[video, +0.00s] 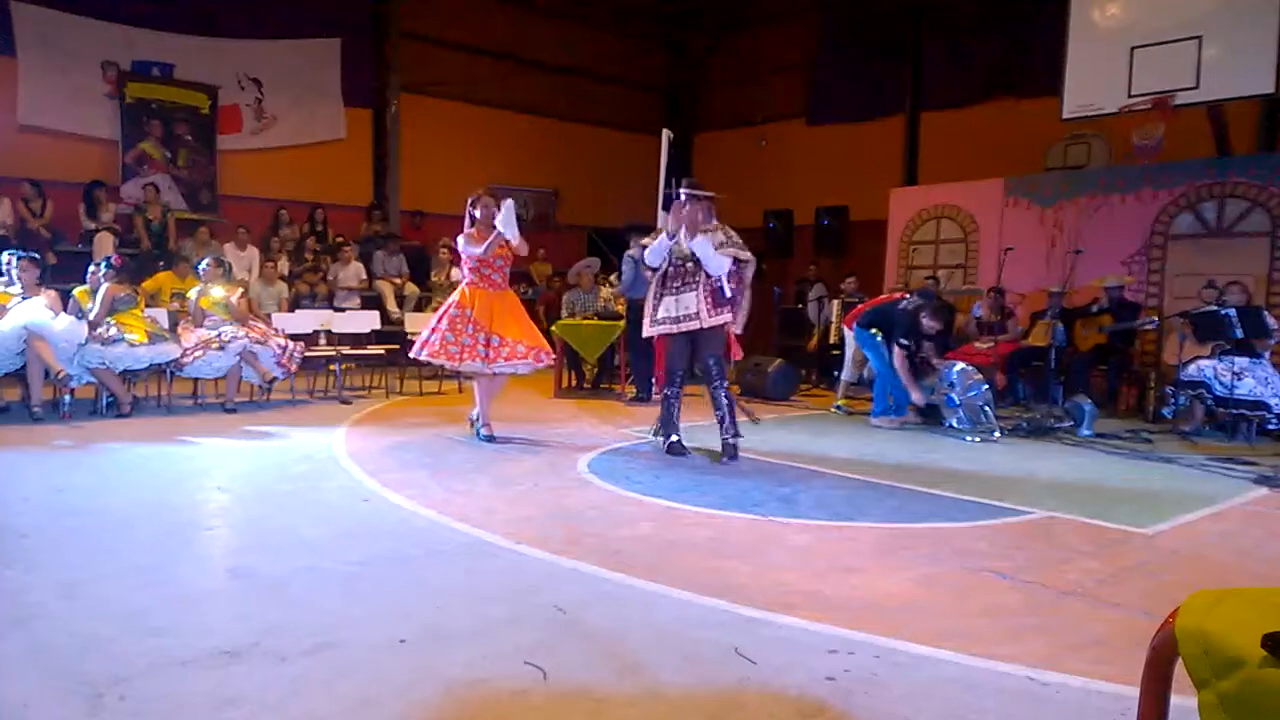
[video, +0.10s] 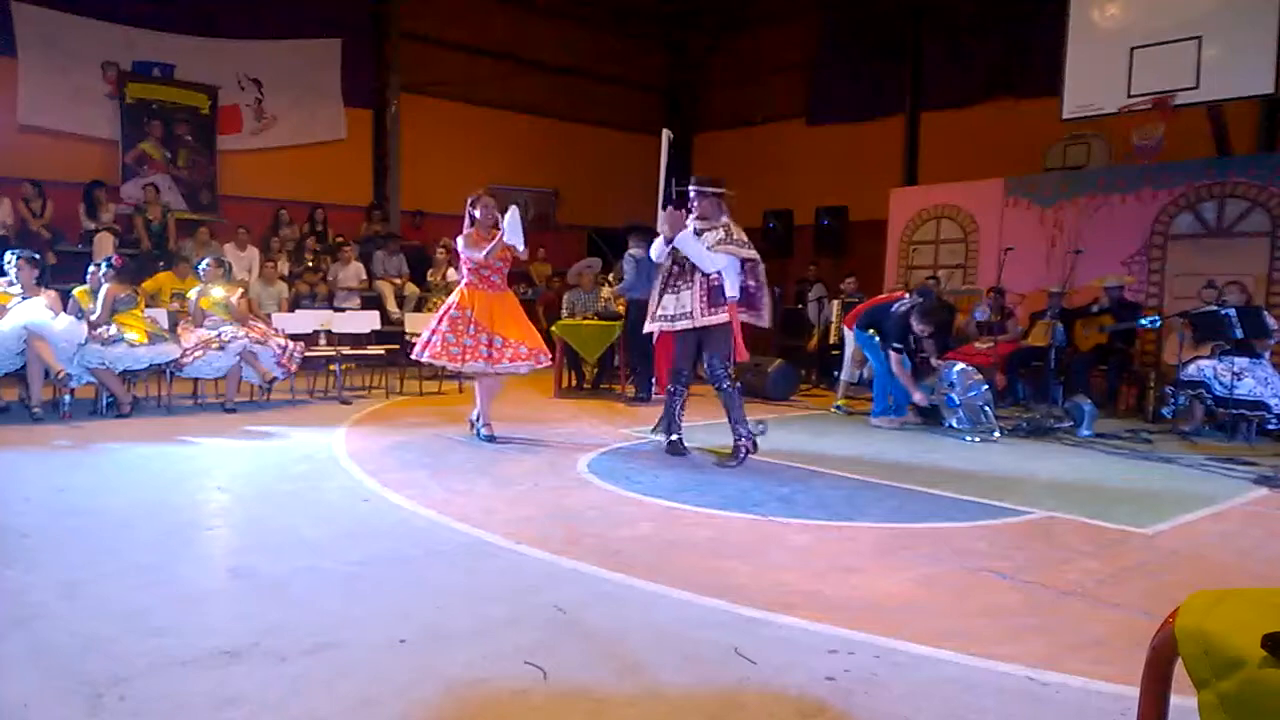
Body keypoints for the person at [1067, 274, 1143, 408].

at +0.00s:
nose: (1113, 293)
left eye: (1117, 289)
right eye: (1110, 289)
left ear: (1122, 290)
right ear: (1105, 291)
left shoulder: (1131, 307)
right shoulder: (1097, 304)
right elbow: (1070, 315)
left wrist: (1111, 306)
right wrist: (1092, 309)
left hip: (1120, 347)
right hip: (1098, 346)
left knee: (1114, 367)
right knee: (1079, 362)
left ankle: (1111, 402)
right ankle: (1081, 398)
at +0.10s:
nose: (1113, 293)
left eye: (1116, 289)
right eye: (1109, 289)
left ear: (1122, 290)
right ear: (1105, 291)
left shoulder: (1131, 307)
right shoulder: (1098, 305)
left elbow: (1129, 319)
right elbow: (1073, 315)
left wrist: (1112, 306)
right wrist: (1093, 309)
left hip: (1121, 347)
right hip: (1100, 346)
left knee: (1115, 367)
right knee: (1079, 362)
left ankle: (1111, 403)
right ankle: (1082, 398)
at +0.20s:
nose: (1113, 293)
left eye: (1116, 289)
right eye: (1109, 289)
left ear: (1122, 290)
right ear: (1105, 290)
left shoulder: (1132, 307)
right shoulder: (1098, 304)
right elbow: (1074, 314)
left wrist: (1112, 307)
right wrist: (1096, 308)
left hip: (1120, 347)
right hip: (1099, 346)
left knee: (1114, 366)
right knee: (1079, 361)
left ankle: (1111, 403)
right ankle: (1081, 398)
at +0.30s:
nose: (1112, 292)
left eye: (1116, 289)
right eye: (1109, 289)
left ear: (1122, 289)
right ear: (1105, 290)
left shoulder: (1133, 307)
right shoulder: (1098, 304)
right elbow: (1074, 314)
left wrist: (1113, 306)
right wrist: (1097, 308)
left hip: (1121, 348)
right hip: (1100, 346)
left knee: (1116, 366)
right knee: (1079, 361)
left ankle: (1111, 402)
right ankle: (1081, 398)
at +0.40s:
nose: (1113, 293)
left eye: (1117, 289)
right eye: (1110, 289)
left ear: (1122, 290)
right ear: (1105, 291)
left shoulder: (1132, 307)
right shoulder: (1098, 304)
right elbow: (1074, 314)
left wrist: (1113, 307)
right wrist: (1095, 309)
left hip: (1121, 348)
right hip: (1100, 346)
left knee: (1116, 366)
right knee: (1079, 361)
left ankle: (1111, 403)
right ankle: (1081, 398)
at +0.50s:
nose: (1112, 293)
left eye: (1115, 289)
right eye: (1109, 289)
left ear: (1121, 290)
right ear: (1105, 291)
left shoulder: (1131, 307)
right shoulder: (1097, 304)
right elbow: (1073, 314)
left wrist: (1112, 308)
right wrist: (1094, 310)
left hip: (1121, 348)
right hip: (1100, 346)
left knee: (1116, 366)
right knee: (1079, 361)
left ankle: (1111, 403)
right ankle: (1081, 398)